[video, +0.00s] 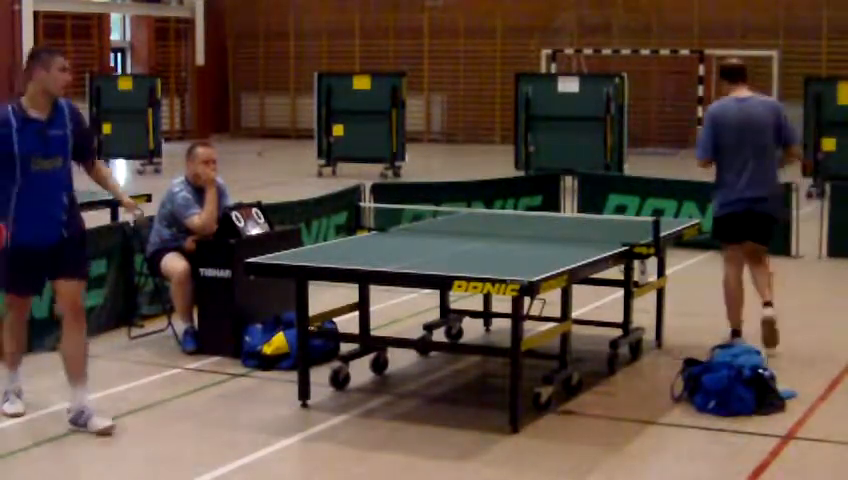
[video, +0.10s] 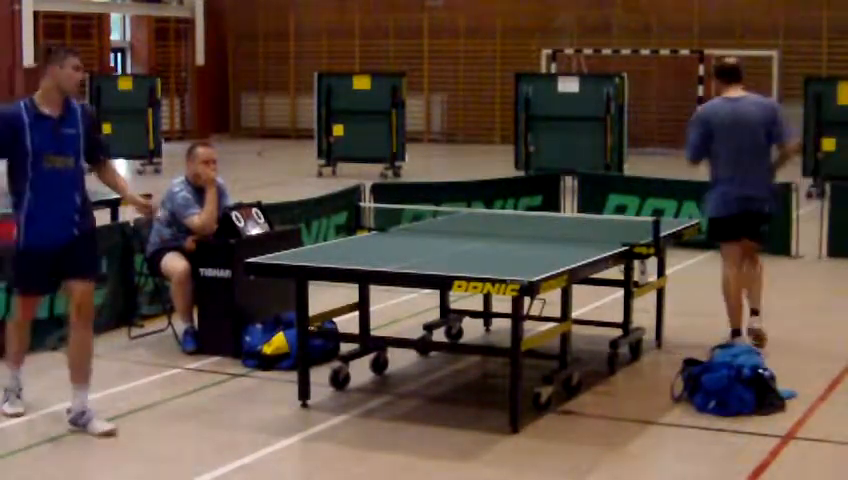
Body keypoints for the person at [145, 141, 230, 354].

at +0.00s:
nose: (212, 168)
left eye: (214, 163)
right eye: (206, 163)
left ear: (217, 165)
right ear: (190, 166)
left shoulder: (217, 187)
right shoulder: (179, 192)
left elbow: (227, 221)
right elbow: (205, 226)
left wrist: (197, 237)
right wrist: (211, 188)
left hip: (198, 241)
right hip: (165, 245)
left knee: (227, 262)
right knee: (181, 269)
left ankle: (222, 321)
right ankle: (188, 326)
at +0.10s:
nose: (212, 168)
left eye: (214, 163)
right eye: (206, 163)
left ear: (217, 165)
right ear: (190, 166)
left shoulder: (217, 187)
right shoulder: (178, 191)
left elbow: (227, 220)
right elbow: (205, 226)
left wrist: (198, 236)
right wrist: (211, 188)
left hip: (199, 241)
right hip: (166, 244)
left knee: (228, 262)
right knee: (181, 269)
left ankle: (223, 321)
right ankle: (188, 326)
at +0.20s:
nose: (212, 168)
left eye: (214, 163)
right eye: (206, 163)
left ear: (217, 165)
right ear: (190, 166)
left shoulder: (217, 187)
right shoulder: (178, 191)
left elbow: (227, 221)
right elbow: (205, 226)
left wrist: (198, 236)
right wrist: (211, 188)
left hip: (199, 240)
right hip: (167, 244)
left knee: (228, 262)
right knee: (181, 269)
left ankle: (224, 321)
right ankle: (188, 327)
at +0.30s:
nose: (212, 167)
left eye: (213, 162)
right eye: (206, 162)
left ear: (216, 164)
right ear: (189, 165)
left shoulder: (216, 187)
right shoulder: (178, 192)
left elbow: (227, 222)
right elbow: (204, 227)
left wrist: (198, 238)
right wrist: (210, 189)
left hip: (200, 240)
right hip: (166, 244)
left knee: (228, 261)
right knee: (182, 268)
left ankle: (224, 321)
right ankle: (189, 326)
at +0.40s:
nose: (210, 167)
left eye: (212, 162)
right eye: (204, 161)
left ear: (215, 164)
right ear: (188, 164)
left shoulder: (216, 188)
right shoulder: (176, 193)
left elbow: (223, 223)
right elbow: (201, 226)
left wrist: (198, 237)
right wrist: (208, 191)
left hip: (198, 241)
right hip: (165, 243)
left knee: (227, 261)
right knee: (182, 267)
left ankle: (222, 321)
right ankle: (189, 326)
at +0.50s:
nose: (207, 166)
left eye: (210, 161)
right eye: (202, 161)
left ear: (214, 165)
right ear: (187, 164)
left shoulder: (214, 188)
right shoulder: (171, 191)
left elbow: (224, 224)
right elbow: (195, 225)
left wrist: (199, 236)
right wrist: (205, 189)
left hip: (198, 241)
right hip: (165, 243)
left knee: (227, 260)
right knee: (183, 267)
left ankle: (222, 321)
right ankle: (188, 326)